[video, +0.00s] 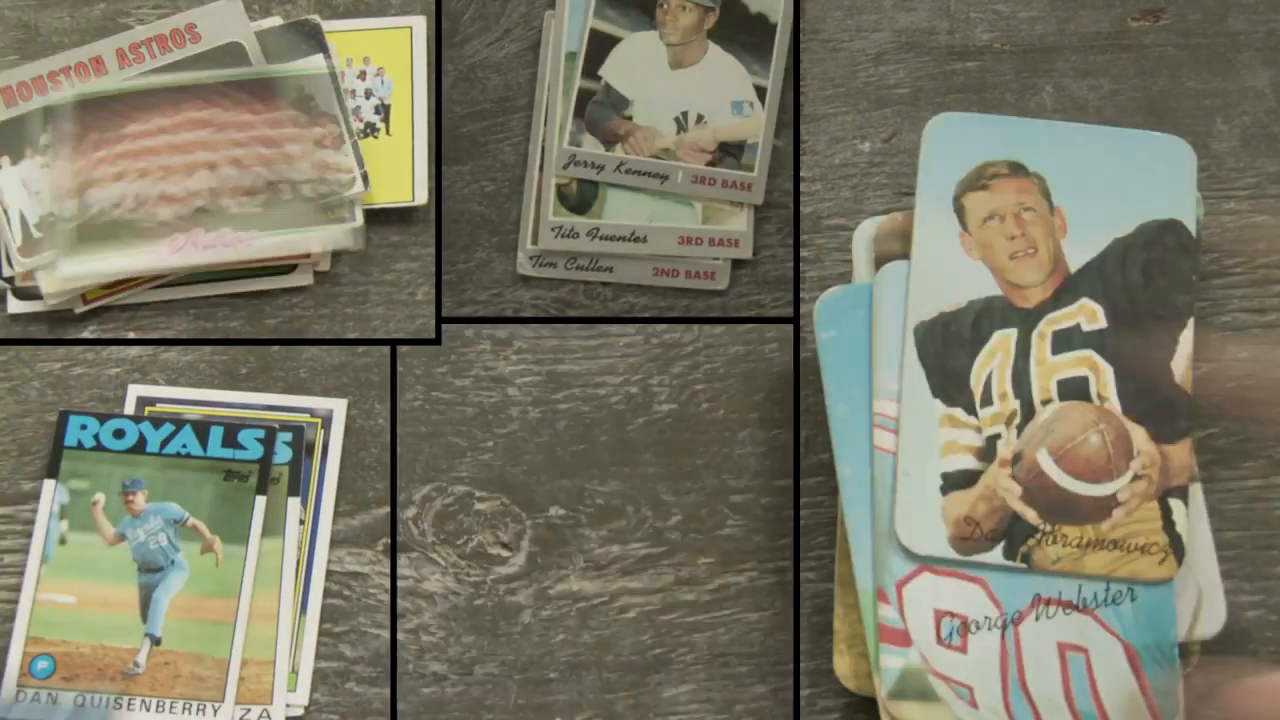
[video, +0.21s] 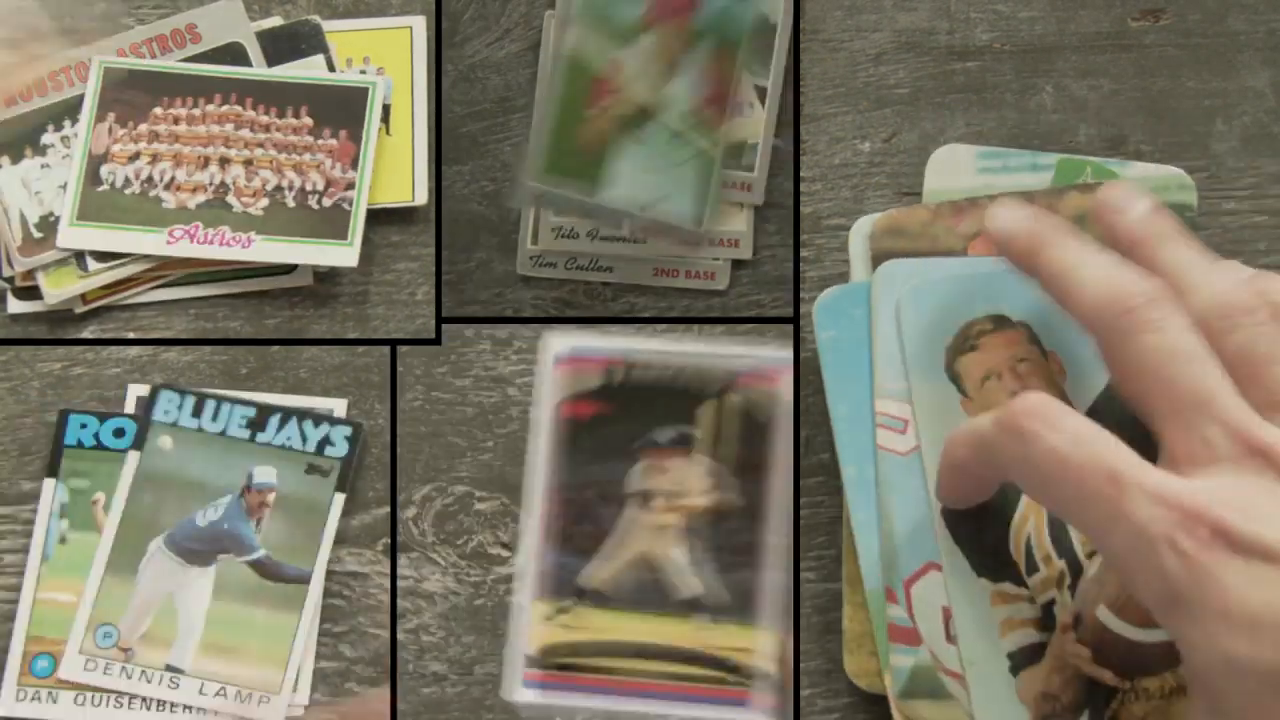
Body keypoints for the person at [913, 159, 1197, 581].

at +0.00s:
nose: (1016, 230)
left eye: (1027, 211)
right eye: (994, 220)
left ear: (1058, 223)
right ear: (970, 246)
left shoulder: (1130, 294)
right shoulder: (961, 345)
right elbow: (963, 532)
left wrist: (1167, 466)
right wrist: (996, 494)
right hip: (1035, 572)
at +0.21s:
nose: (1012, 385)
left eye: (1023, 364)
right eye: (990, 382)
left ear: (1056, 368)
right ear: (971, 409)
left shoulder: (1127, 425)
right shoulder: (997, 523)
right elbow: (1035, 692)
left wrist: (1259, 692)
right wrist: (1260, 689)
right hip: (1118, 697)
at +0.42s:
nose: (1044, 396)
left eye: (1047, 375)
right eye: (1018, 388)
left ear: (1070, 374)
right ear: (994, 416)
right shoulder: (993, 524)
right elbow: (1026, 695)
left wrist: (1244, 658)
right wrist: (1245, 659)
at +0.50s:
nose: (946, 382)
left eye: (954, 363)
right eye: (930, 375)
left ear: (984, 359)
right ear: (925, 390)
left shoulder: (1061, 401)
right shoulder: (939, 465)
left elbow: (1107, 487)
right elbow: (946, 557)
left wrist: (1040, 561)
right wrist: (980, 590)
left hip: (1127, 622)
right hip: (1037, 647)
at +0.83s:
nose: (946, 383)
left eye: (954, 362)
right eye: (930, 375)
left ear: (983, 360)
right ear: (925, 390)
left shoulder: (1060, 402)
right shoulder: (942, 468)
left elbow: (1107, 486)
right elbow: (947, 560)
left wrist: (1038, 563)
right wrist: (997, 601)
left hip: (1129, 612)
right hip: (1039, 639)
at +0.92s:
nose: (1036, 347)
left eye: (1045, 325)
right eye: (1014, 330)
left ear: (1061, 332)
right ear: (972, 345)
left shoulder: (1109, 423)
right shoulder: (931, 444)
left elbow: (1163, 548)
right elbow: (924, 590)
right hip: (982, 687)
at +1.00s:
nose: (958, 409)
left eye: (969, 391)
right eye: (938, 393)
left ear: (987, 401)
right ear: (907, 406)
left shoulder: (1024, 474)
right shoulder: (868, 482)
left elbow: (1068, 592)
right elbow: (862, 599)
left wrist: (1026, 627)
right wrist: (969, 606)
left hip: (1008, 687)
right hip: (913, 690)